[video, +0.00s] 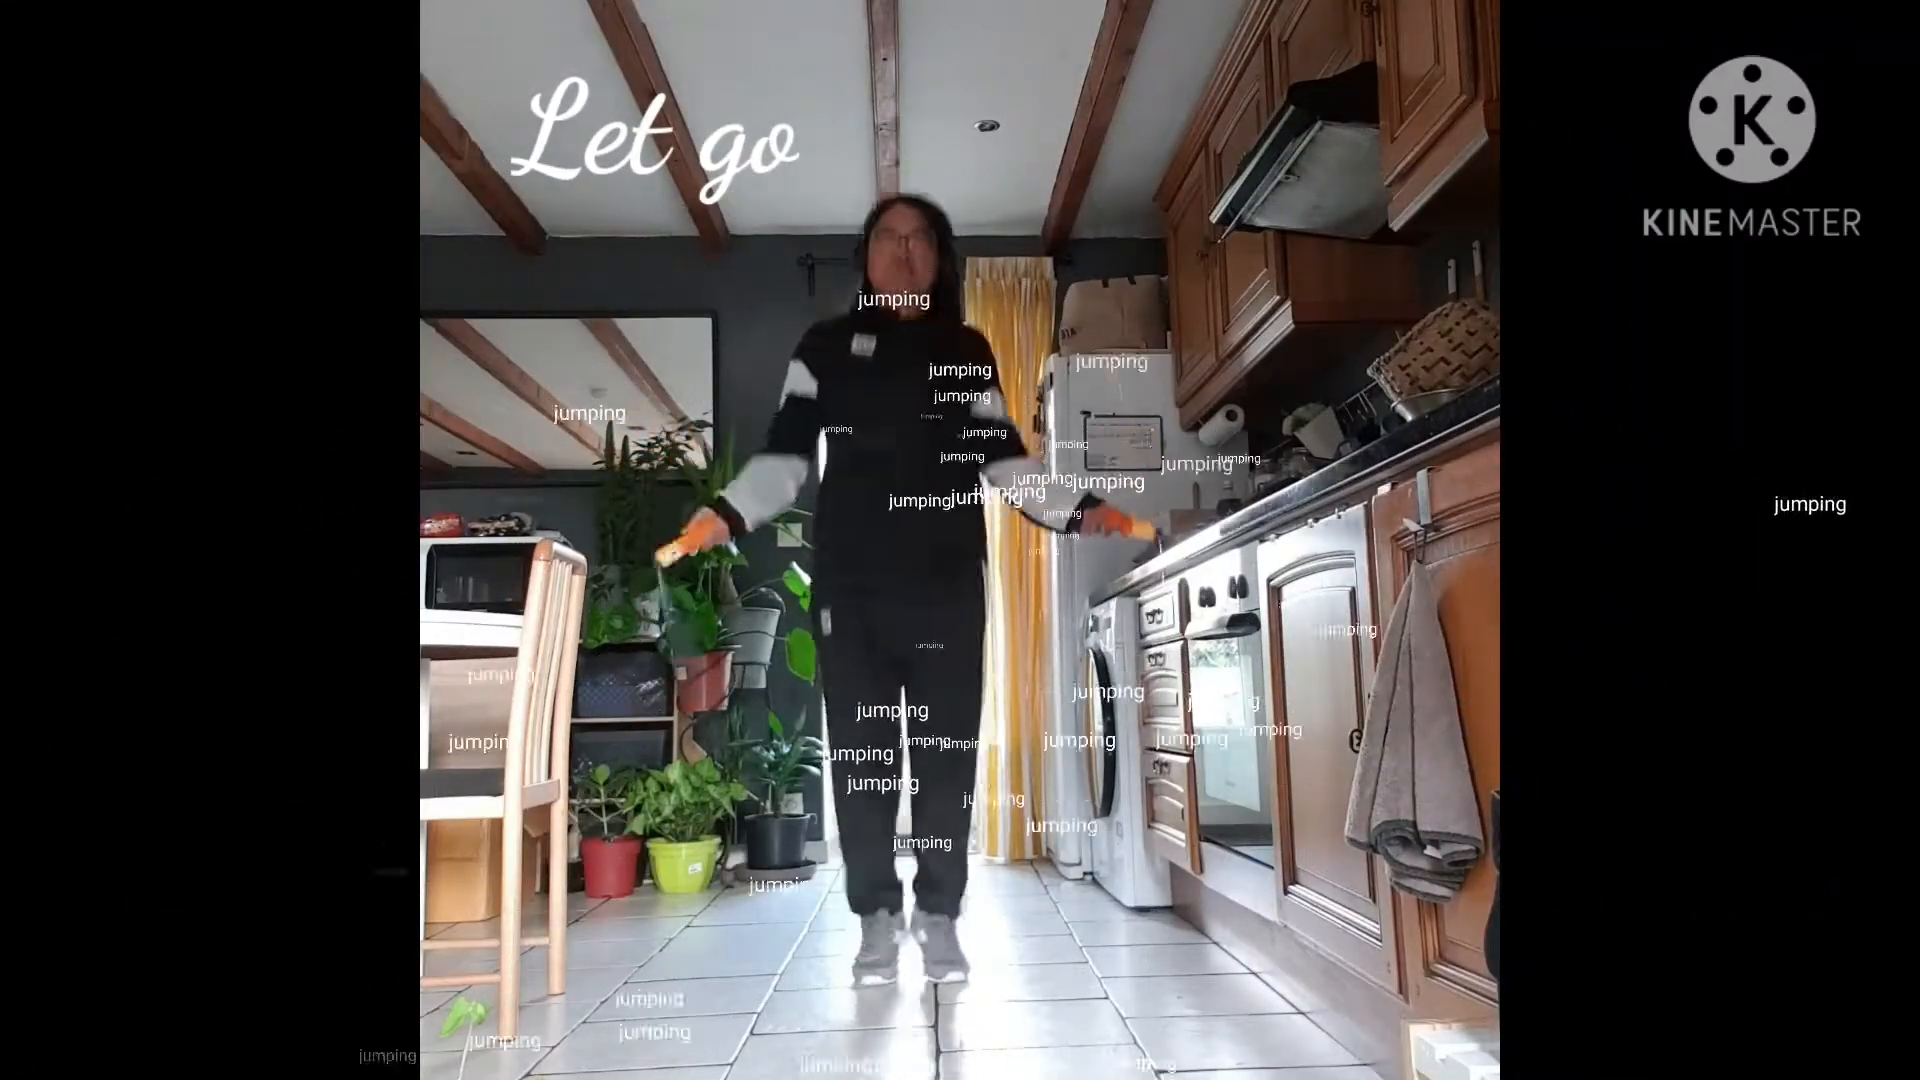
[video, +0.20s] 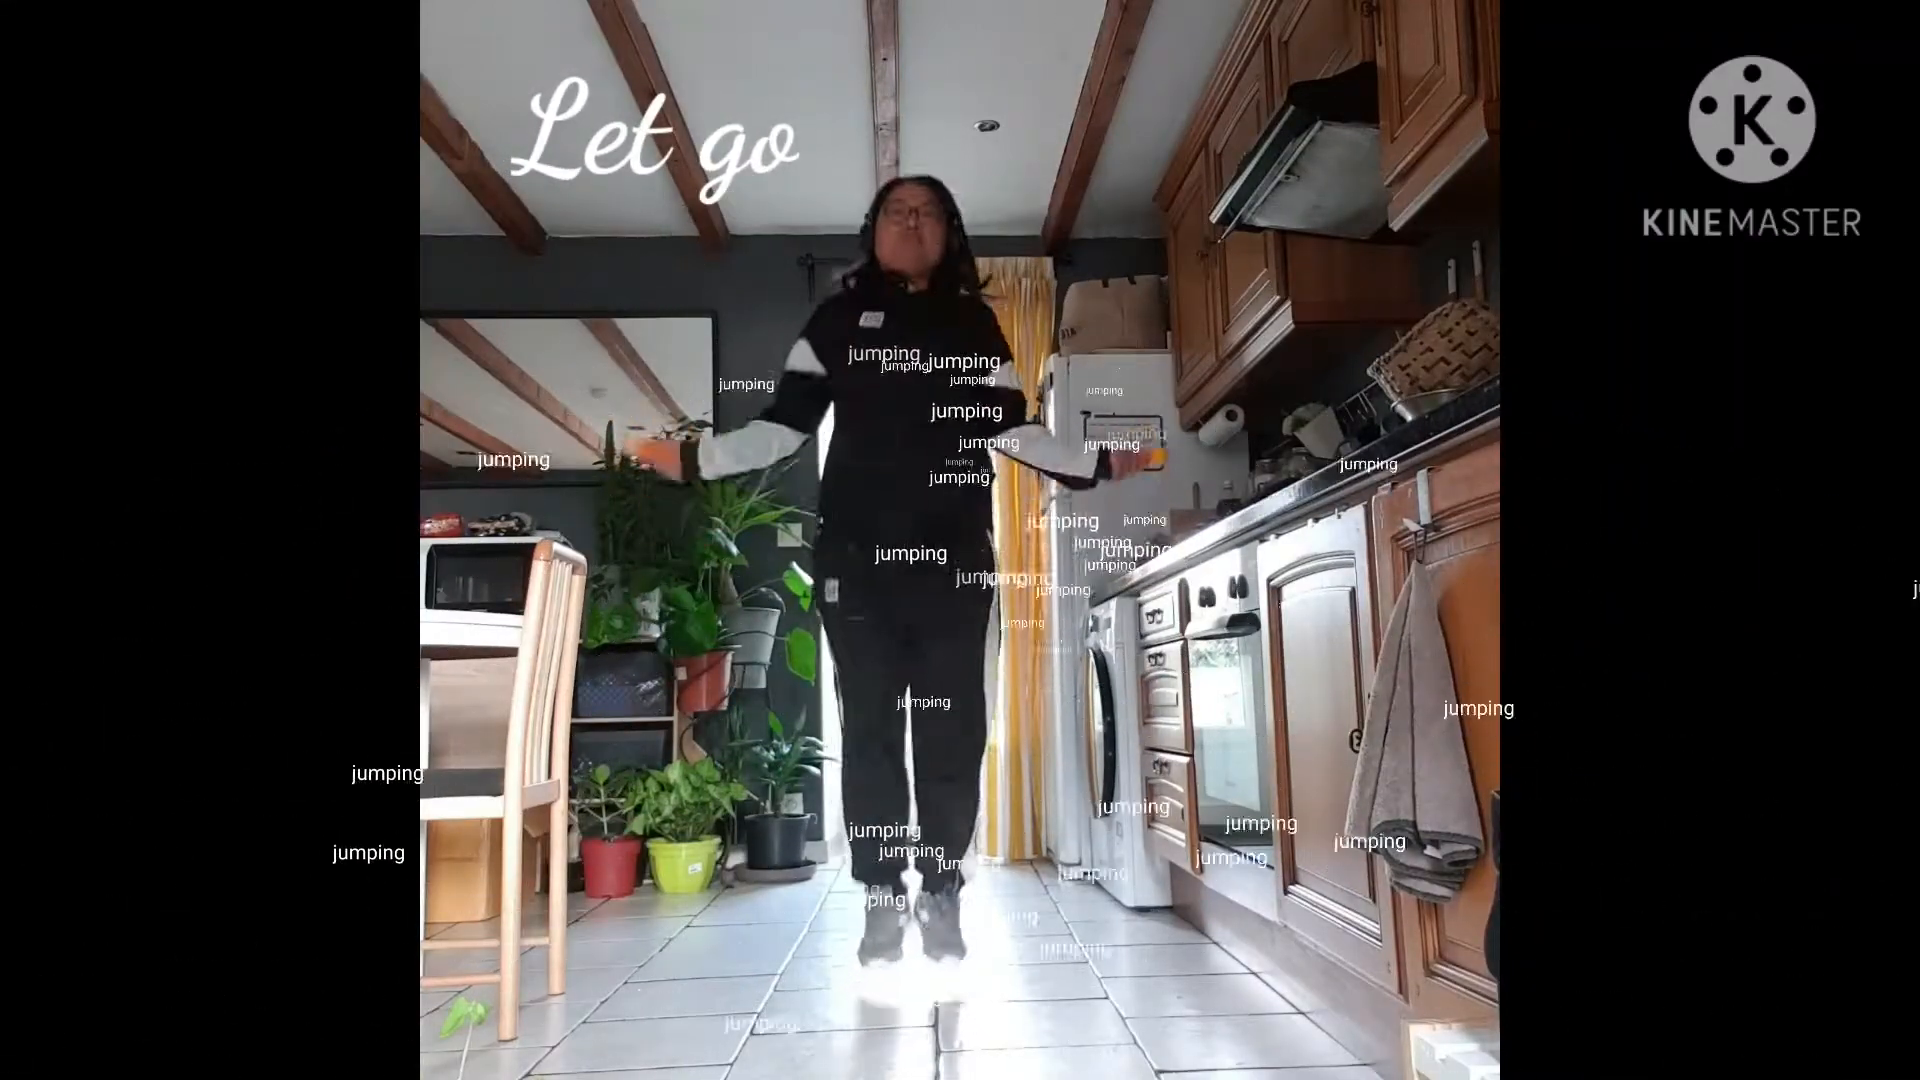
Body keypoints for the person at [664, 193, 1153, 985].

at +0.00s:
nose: (904, 248)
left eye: (920, 237)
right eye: (888, 235)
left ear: (941, 258)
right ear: (864, 254)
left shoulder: (967, 350)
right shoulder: (828, 347)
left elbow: (1003, 461)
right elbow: (788, 457)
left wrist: (1082, 510)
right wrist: (723, 515)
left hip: (948, 584)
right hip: (852, 583)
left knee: (947, 754)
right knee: (863, 754)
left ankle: (939, 916)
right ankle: (875, 916)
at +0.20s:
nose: (911, 222)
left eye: (926, 212)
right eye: (896, 212)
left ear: (950, 236)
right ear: (872, 235)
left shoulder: (975, 324)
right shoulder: (838, 319)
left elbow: (1012, 430)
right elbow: (784, 426)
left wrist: (1092, 465)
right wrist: (695, 456)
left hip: (955, 550)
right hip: (859, 550)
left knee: (952, 725)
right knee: (871, 724)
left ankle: (942, 889)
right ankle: (882, 896)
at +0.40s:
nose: (907, 261)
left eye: (923, 250)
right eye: (893, 249)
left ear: (947, 271)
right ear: (871, 270)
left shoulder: (973, 361)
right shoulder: (836, 358)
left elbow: (1012, 469)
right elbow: (788, 460)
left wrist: (1078, 504)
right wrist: (725, 488)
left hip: (953, 589)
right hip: (859, 589)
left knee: (947, 761)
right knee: (869, 763)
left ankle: (939, 921)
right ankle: (884, 924)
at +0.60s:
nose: (908, 213)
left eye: (924, 204)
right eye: (893, 203)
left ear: (948, 230)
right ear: (868, 226)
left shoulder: (971, 316)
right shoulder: (831, 313)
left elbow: (1007, 423)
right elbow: (783, 416)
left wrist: (1096, 461)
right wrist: (688, 445)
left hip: (952, 546)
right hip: (856, 546)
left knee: (948, 724)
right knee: (867, 723)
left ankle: (945, 888)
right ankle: (879, 889)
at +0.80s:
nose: (906, 270)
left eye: (922, 261)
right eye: (892, 259)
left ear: (945, 284)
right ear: (869, 282)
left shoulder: (969, 374)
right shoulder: (828, 373)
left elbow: (1000, 475)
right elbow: (785, 474)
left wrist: (1076, 491)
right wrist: (724, 478)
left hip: (952, 596)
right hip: (858, 597)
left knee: (948, 762)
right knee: (870, 765)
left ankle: (941, 927)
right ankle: (884, 929)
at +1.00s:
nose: (902, 206)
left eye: (918, 198)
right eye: (888, 196)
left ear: (942, 224)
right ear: (864, 218)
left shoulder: (966, 312)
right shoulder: (827, 306)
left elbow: (1002, 425)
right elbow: (784, 424)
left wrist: (1079, 477)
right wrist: (697, 468)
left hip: (947, 541)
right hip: (852, 541)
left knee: (949, 715)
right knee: (864, 714)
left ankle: (942, 886)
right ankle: (875, 887)